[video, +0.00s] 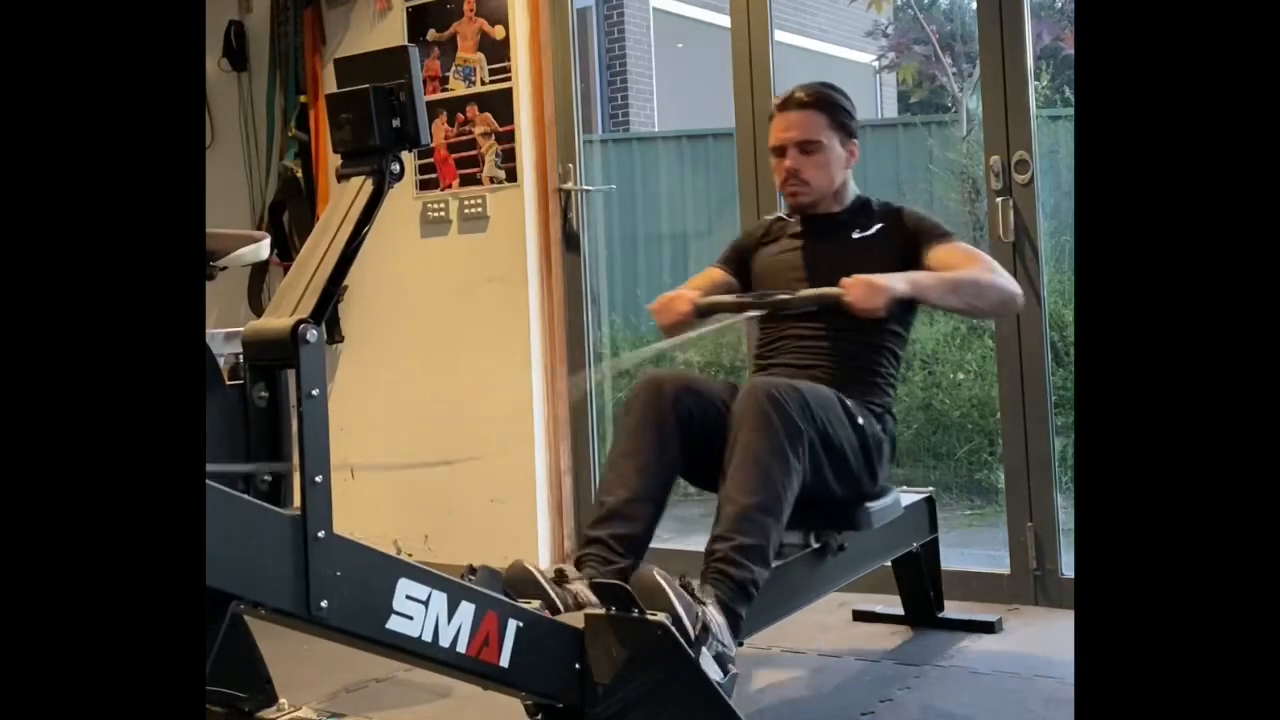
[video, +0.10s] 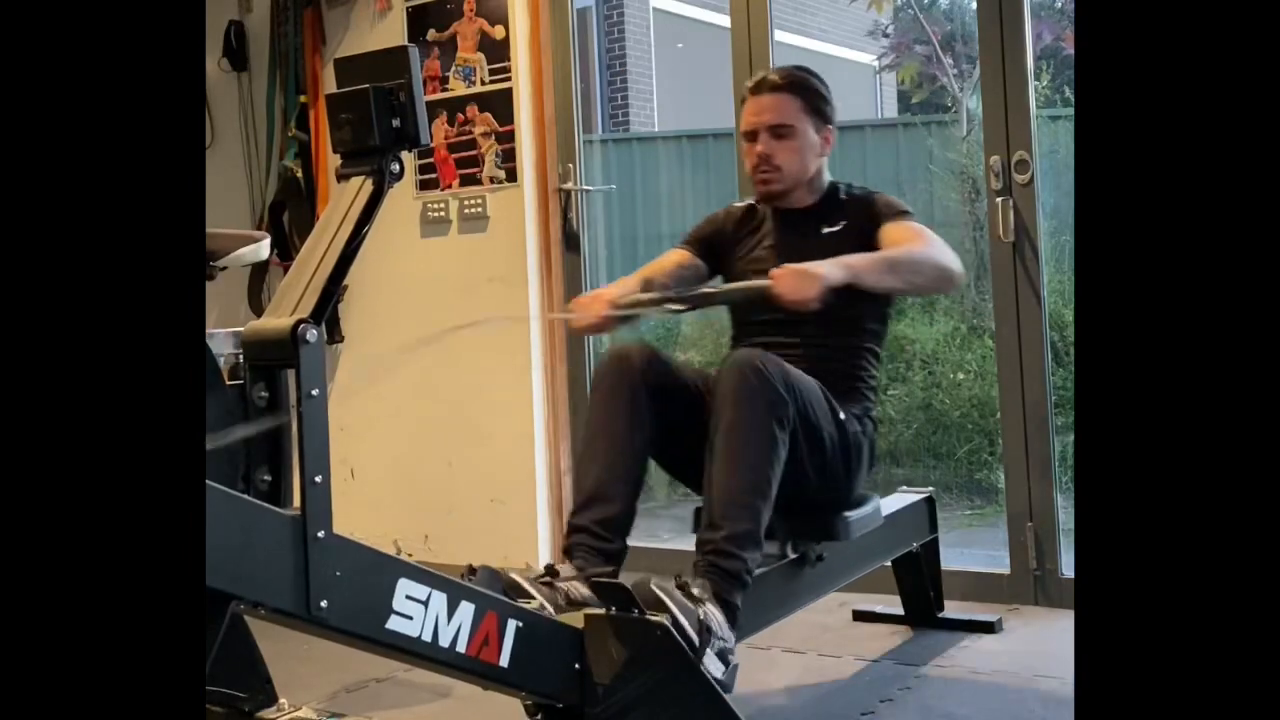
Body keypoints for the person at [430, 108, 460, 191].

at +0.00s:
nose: (446, 118)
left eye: (446, 116)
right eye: (444, 116)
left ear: (444, 116)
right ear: (440, 116)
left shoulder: (443, 124)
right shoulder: (437, 124)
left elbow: (453, 132)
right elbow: (438, 139)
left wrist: (457, 122)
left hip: (443, 147)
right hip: (439, 148)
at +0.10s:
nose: (446, 118)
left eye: (446, 116)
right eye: (444, 116)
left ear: (444, 116)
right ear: (440, 116)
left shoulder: (443, 124)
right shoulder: (437, 124)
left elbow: (453, 132)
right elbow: (438, 139)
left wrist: (457, 122)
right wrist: (442, 150)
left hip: (443, 148)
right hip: (439, 148)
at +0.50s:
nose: (446, 118)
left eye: (446, 115)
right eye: (444, 115)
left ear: (444, 116)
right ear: (440, 116)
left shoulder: (443, 124)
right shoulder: (437, 124)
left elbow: (453, 132)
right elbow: (438, 139)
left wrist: (457, 122)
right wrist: (442, 150)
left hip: (443, 148)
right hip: (439, 148)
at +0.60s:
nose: (446, 118)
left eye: (446, 115)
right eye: (444, 115)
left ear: (444, 116)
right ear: (440, 116)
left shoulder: (443, 124)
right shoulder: (437, 124)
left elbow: (453, 132)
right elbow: (438, 139)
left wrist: (457, 122)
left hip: (443, 148)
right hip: (439, 149)